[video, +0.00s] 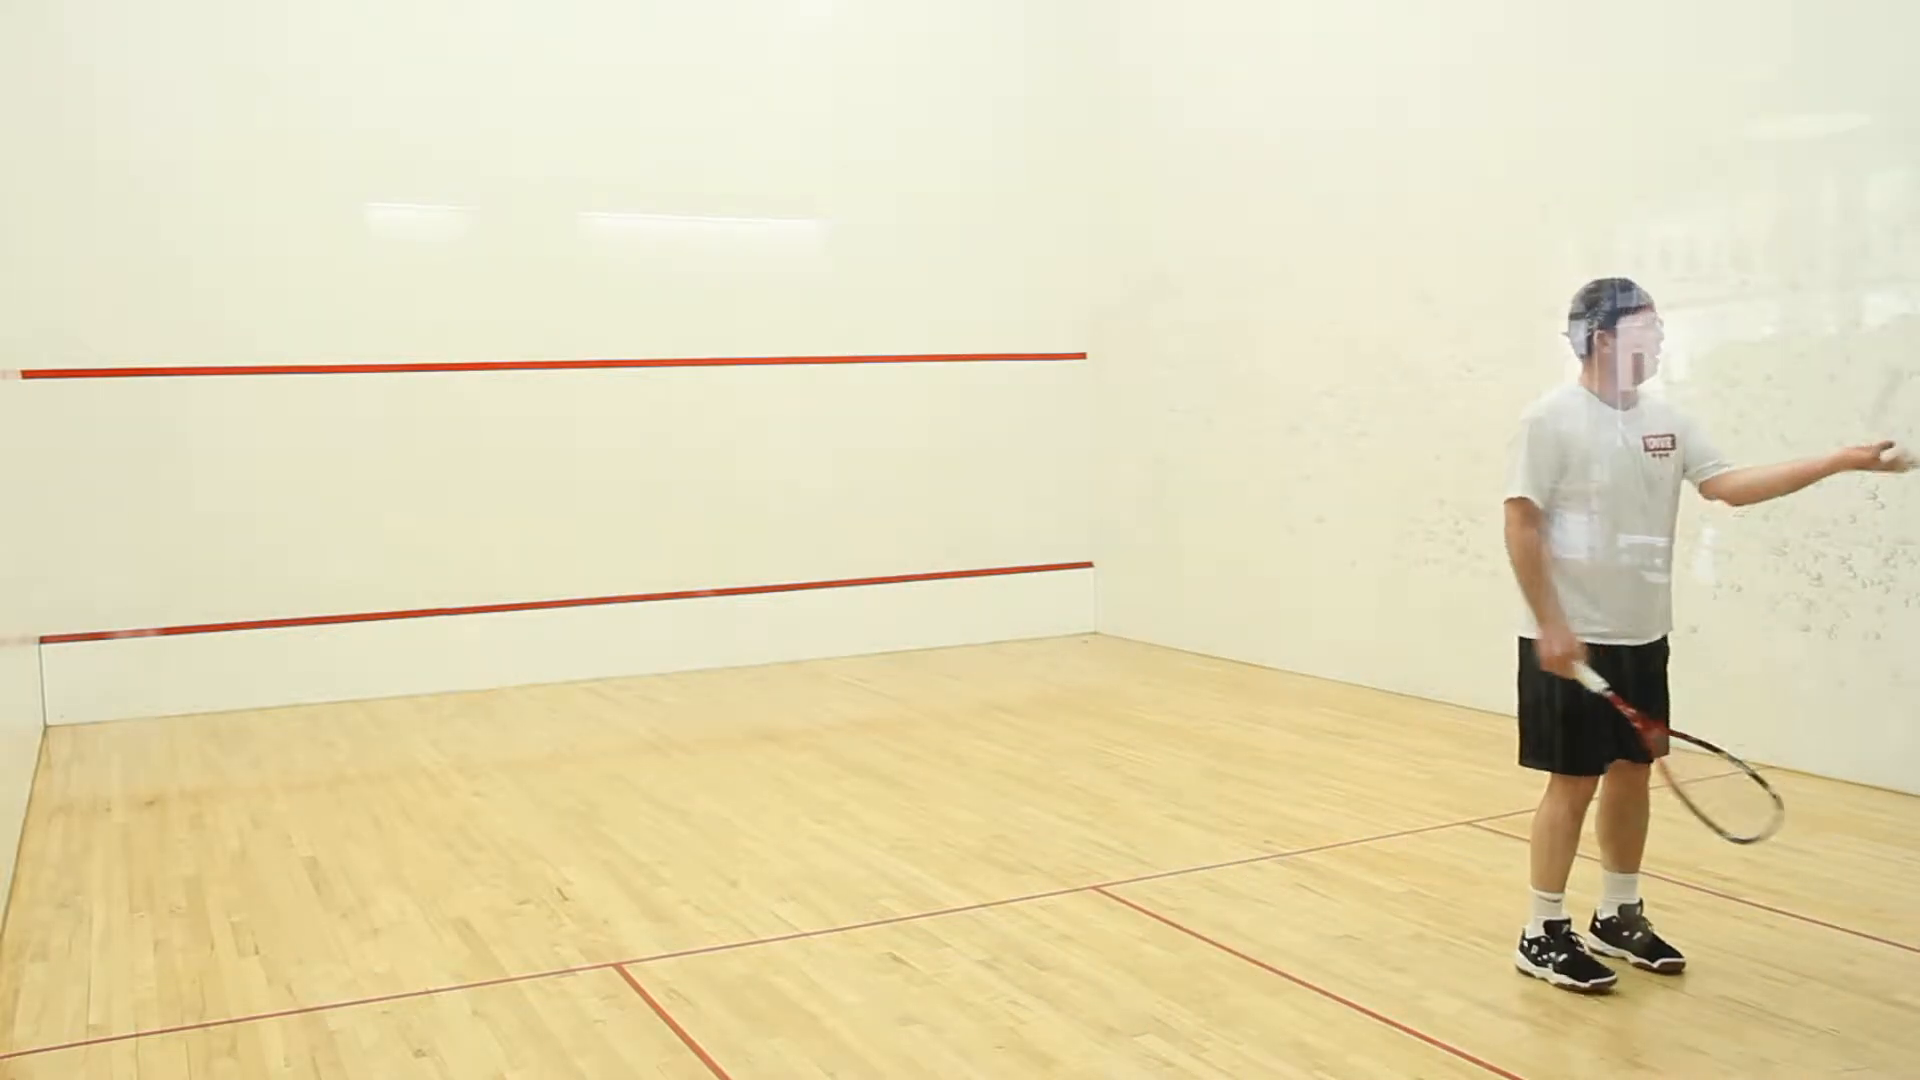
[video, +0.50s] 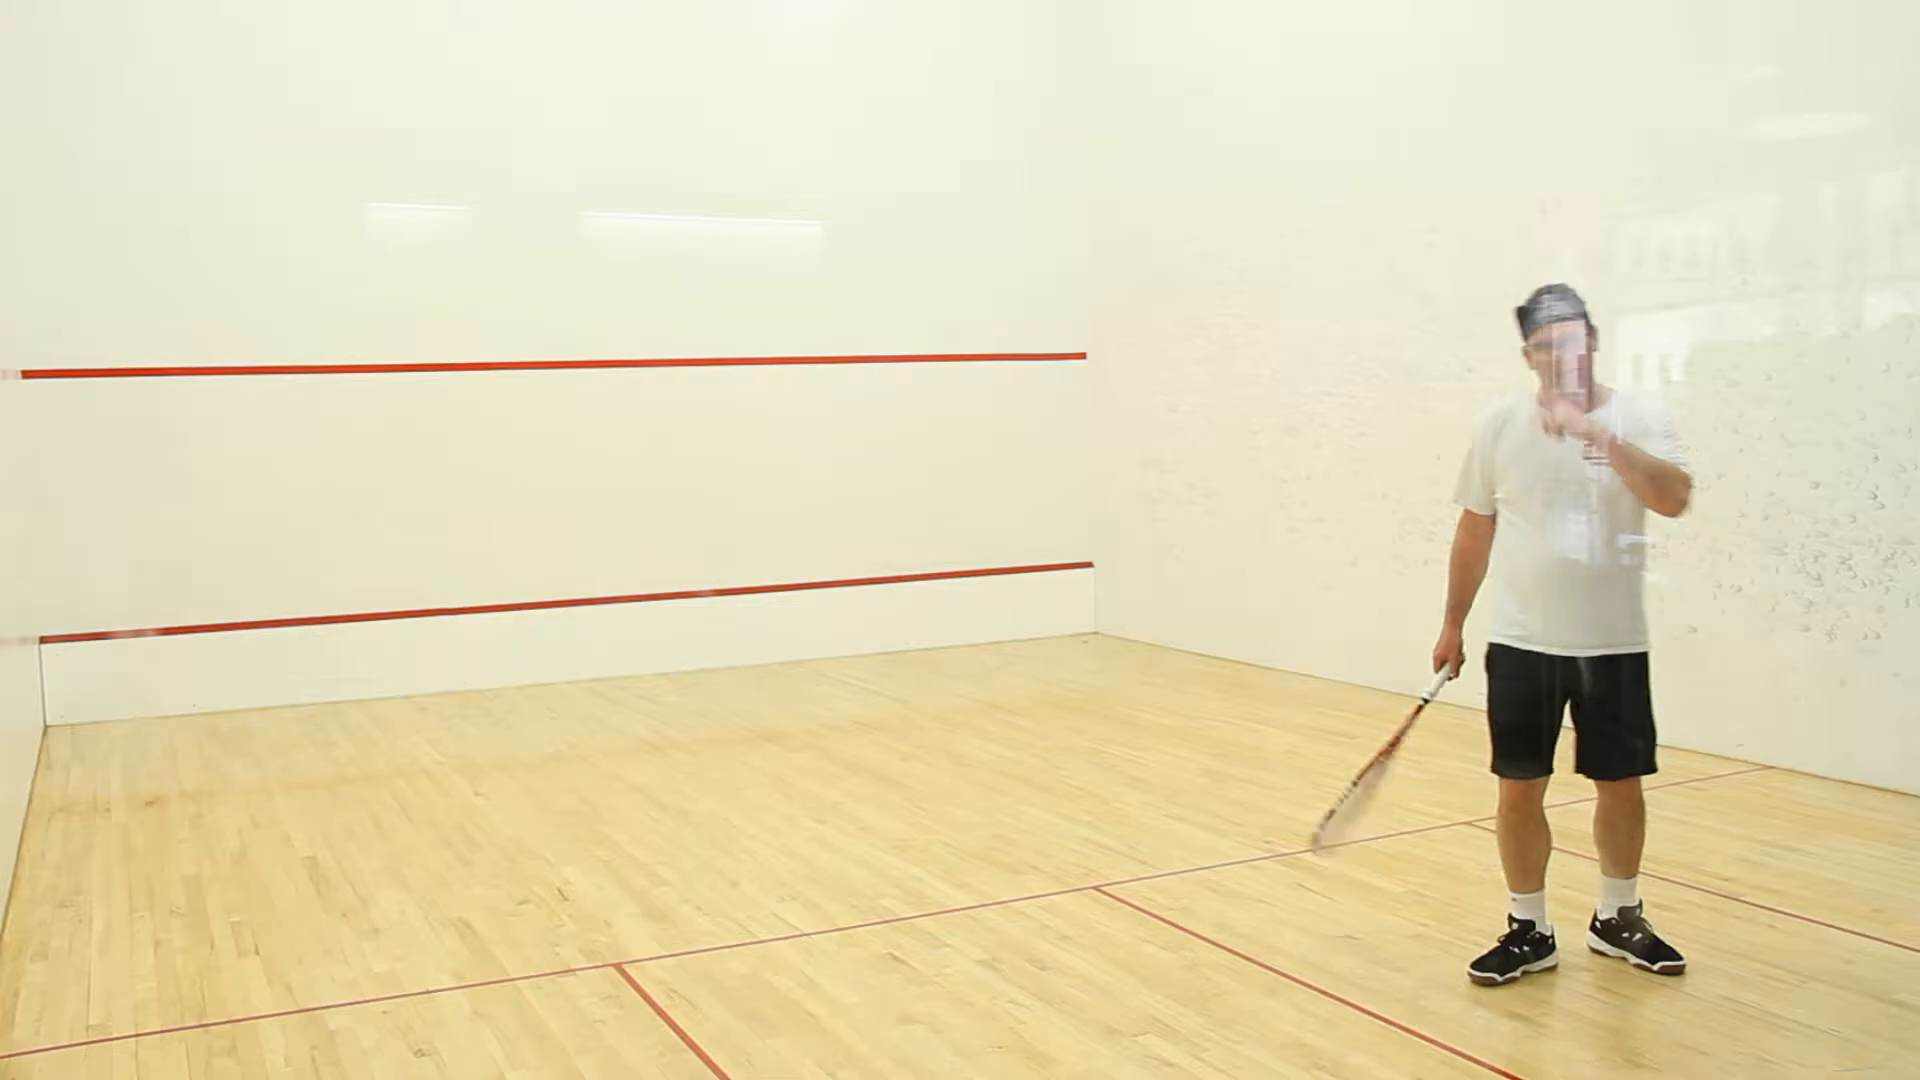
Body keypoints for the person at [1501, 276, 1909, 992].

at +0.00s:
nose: (1654, 351)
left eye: (1656, 338)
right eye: (1642, 337)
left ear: (1646, 342)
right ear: (1596, 340)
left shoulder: (1664, 418)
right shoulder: (1552, 420)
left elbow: (1729, 486)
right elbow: (1521, 525)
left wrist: (1837, 460)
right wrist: (1551, 625)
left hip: (1642, 636)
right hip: (1568, 635)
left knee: (1632, 768)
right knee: (1573, 778)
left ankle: (1618, 917)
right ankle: (1543, 933)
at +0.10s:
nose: (1652, 352)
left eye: (1657, 337)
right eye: (1638, 338)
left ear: (1659, 341)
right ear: (1595, 342)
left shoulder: (1673, 420)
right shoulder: (1546, 420)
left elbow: (1727, 497)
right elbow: (1506, 523)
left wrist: (1793, 442)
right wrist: (1511, 621)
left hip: (1644, 637)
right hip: (1564, 636)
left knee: (1632, 780)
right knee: (1565, 784)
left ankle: (1618, 917)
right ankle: (1543, 927)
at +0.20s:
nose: (1643, 356)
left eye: (1649, 341)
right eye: (1628, 342)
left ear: (1656, 344)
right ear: (1588, 345)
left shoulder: (1675, 425)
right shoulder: (1541, 424)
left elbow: (1734, 505)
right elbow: (1497, 523)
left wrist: (1711, 433)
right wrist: (1477, 619)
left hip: (1643, 639)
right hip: (1556, 636)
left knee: (1633, 781)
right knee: (1549, 782)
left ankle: (1620, 917)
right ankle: (1534, 926)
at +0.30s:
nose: (1605, 352)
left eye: (1616, 339)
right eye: (1591, 341)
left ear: (1635, 341)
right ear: (1569, 345)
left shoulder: (1671, 421)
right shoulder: (1531, 423)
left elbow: (1727, 505)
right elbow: (1490, 521)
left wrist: (1656, 460)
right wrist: (1459, 616)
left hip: (1637, 636)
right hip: (1546, 633)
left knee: (1631, 777)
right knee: (1534, 779)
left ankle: (1620, 916)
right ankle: (1530, 926)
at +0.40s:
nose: (1588, 353)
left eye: (1599, 339)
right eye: (1573, 343)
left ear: (1617, 341)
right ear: (1549, 350)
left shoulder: (1657, 419)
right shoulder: (1519, 426)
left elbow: (1706, 507)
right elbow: (1484, 523)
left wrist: (1635, 463)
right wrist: (1454, 621)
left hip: (1628, 639)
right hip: (1536, 636)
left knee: (1626, 780)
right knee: (1527, 783)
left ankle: (1620, 917)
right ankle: (1530, 927)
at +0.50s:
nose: (1559, 357)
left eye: (1569, 342)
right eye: (1544, 348)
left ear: (1592, 338)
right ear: (1526, 353)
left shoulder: (1633, 417)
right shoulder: (1501, 425)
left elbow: (1674, 498)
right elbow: (1474, 527)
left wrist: (1601, 439)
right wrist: (1453, 624)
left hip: (1613, 639)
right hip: (1521, 638)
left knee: (1621, 781)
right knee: (1519, 787)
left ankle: (1618, 917)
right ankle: (1528, 929)